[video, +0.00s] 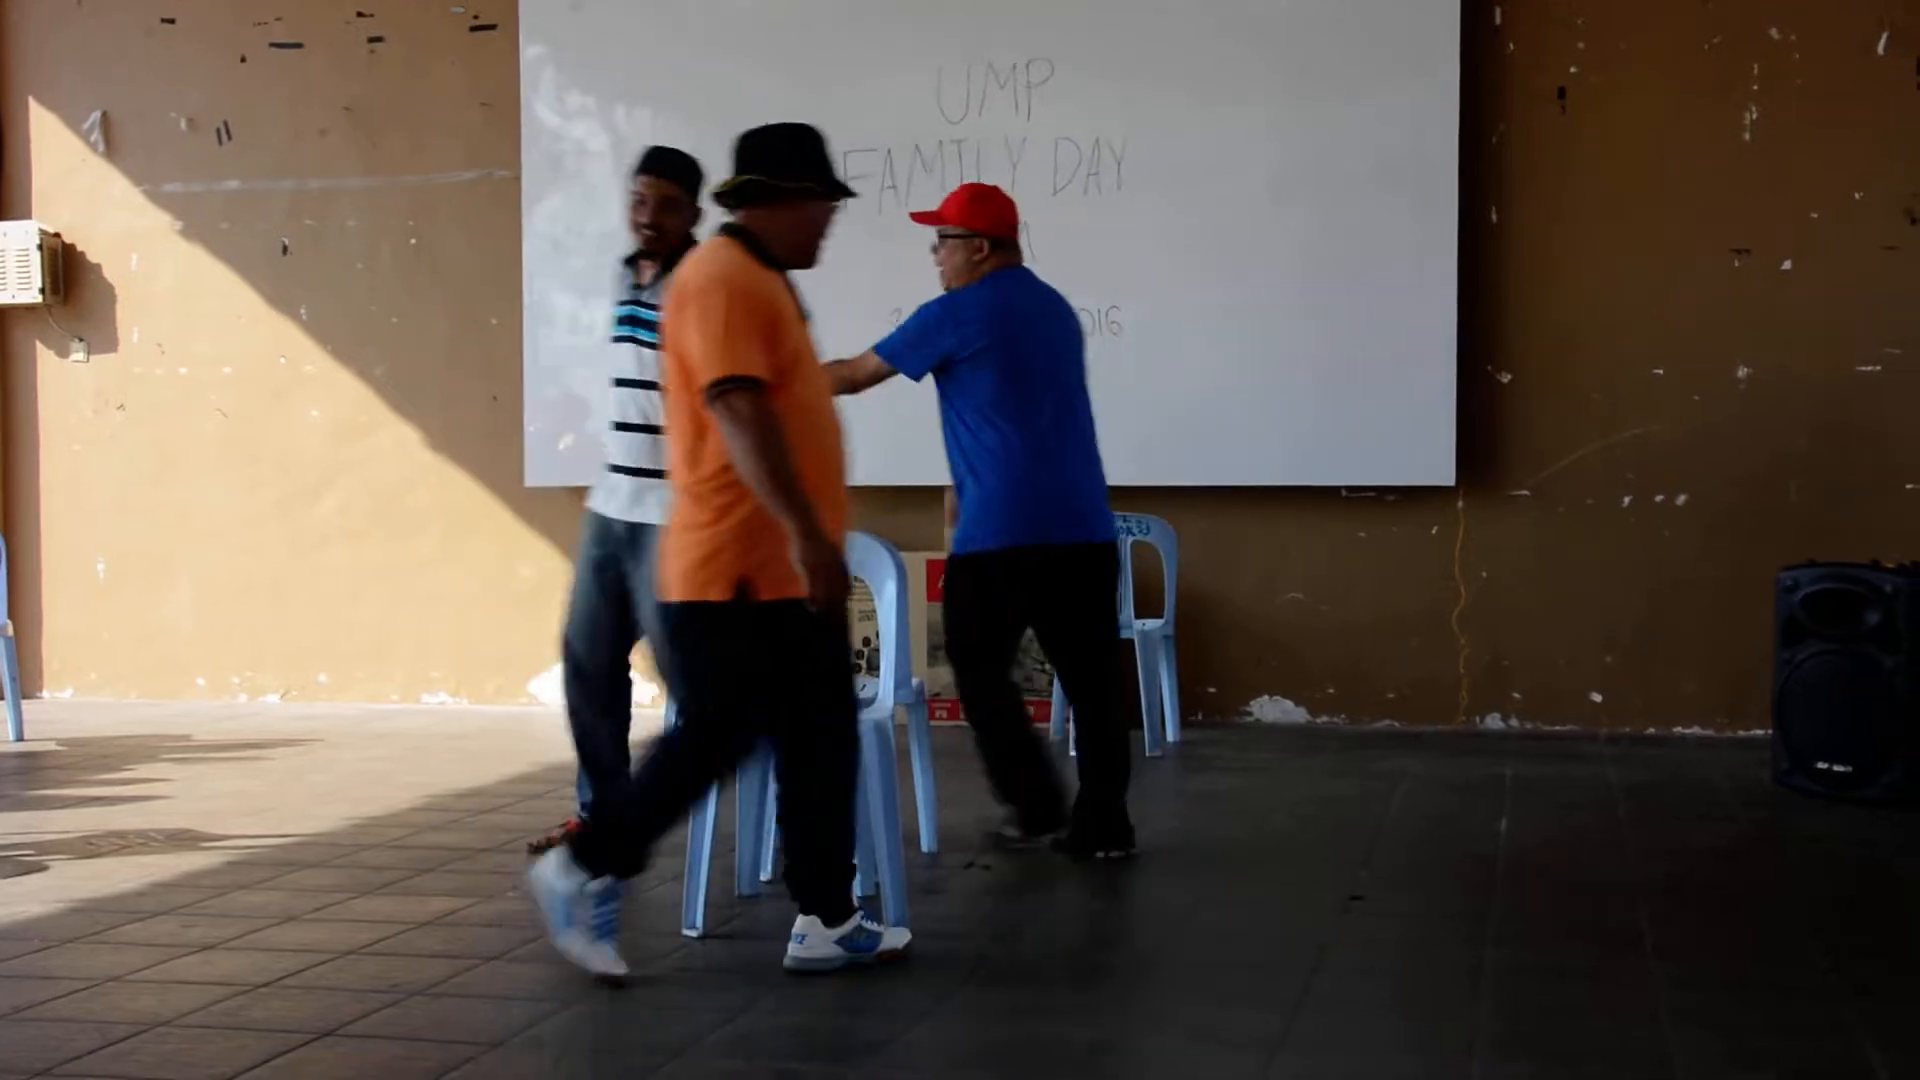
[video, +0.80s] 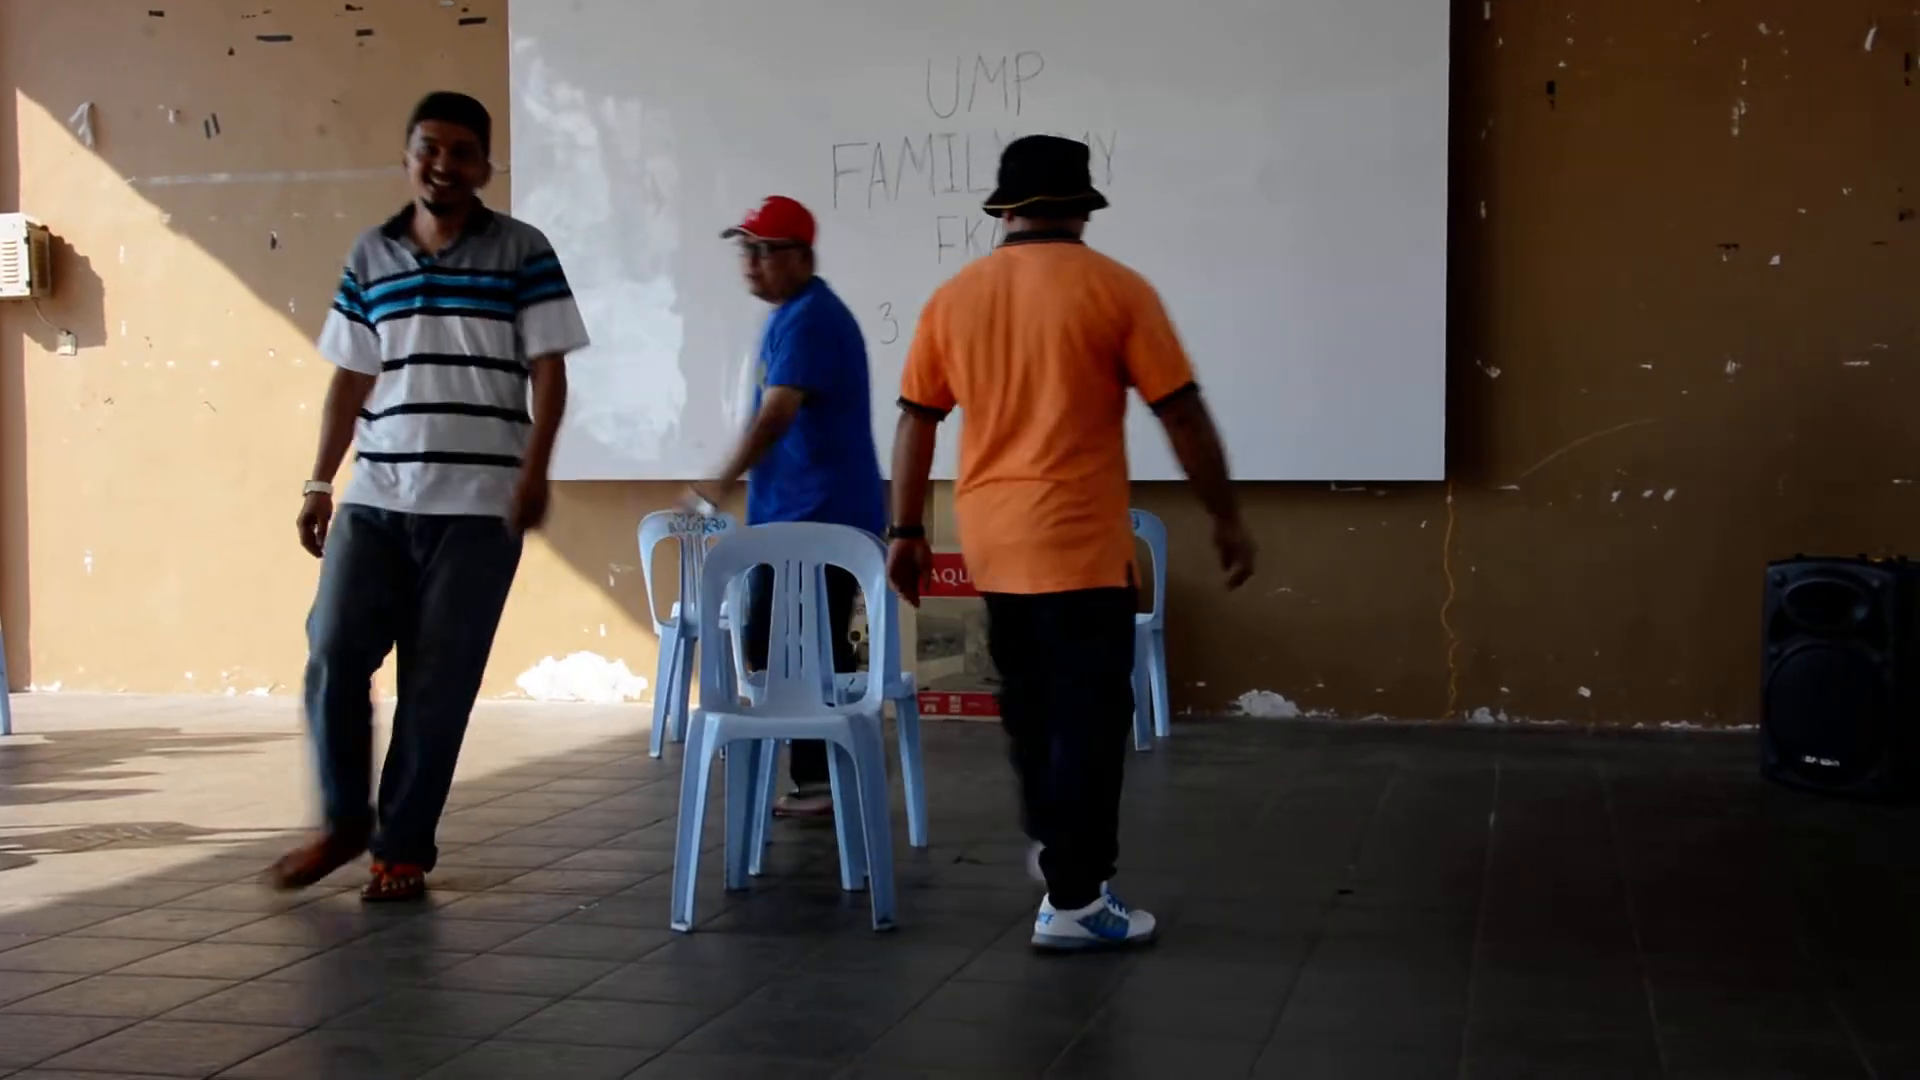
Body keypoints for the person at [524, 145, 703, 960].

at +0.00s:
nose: (645, 215)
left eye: (662, 204)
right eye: (639, 201)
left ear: (692, 212)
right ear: (628, 204)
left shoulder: (701, 285)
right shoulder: (628, 278)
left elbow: (714, 386)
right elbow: (631, 385)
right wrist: (615, 473)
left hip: (671, 514)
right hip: (609, 502)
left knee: (694, 683)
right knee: (588, 661)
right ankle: (606, 819)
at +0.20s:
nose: (590, 200)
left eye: (607, 189)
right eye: (581, 185)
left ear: (636, 196)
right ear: (569, 188)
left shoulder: (667, 273)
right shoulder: (549, 267)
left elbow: (706, 386)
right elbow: (523, 366)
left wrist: (721, 492)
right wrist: (481, 455)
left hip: (630, 484)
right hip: (557, 485)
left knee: (572, 635)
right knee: (557, 648)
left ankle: (622, 799)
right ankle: (594, 809)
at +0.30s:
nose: (565, 191)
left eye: (583, 180)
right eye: (555, 176)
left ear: (610, 191)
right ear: (542, 181)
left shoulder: (638, 269)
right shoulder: (514, 266)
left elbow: (692, 377)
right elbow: (473, 365)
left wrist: (703, 489)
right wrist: (415, 448)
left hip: (605, 484)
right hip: (533, 488)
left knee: (542, 636)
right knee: (574, 648)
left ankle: (519, 827)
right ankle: (608, 809)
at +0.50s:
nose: (503, 181)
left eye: (521, 172)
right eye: (495, 169)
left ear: (552, 191)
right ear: (477, 182)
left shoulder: (584, 277)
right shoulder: (446, 275)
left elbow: (623, 388)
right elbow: (398, 374)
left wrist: (636, 501)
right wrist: (337, 458)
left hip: (540, 503)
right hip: (463, 502)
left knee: (467, 662)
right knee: (503, 658)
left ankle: (411, 849)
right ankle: (588, 793)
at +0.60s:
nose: (479, 181)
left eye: (497, 171)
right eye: (470, 167)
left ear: (527, 187)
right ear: (452, 177)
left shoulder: (558, 276)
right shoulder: (417, 270)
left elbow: (588, 398)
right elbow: (380, 377)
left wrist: (598, 509)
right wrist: (329, 468)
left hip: (508, 502)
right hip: (427, 500)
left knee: (432, 673)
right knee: (427, 674)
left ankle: (404, 854)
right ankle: (533, 759)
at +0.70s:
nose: (461, 175)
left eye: (480, 163)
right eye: (448, 160)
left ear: (504, 178)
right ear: (427, 169)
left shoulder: (537, 266)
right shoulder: (393, 264)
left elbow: (561, 390)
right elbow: (367, 378)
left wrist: (562, 499)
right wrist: (325, 475)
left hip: (486, 510)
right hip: (395, 503)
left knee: (429, 677)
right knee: (361, 660)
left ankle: (403, 850)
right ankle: (444, 761)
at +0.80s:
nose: (443, 165)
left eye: (461, 152)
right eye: (429, 149)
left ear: (485, 165)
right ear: (406, 158)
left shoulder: (522, 252)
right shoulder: (372, 255)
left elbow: (549, 372)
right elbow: (352, 377)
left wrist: (535, 472)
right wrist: (321, 481)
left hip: (477, 510)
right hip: (376, 503)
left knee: (438, 687)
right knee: (332, 656)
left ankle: (404, 852)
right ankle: (343, 824)